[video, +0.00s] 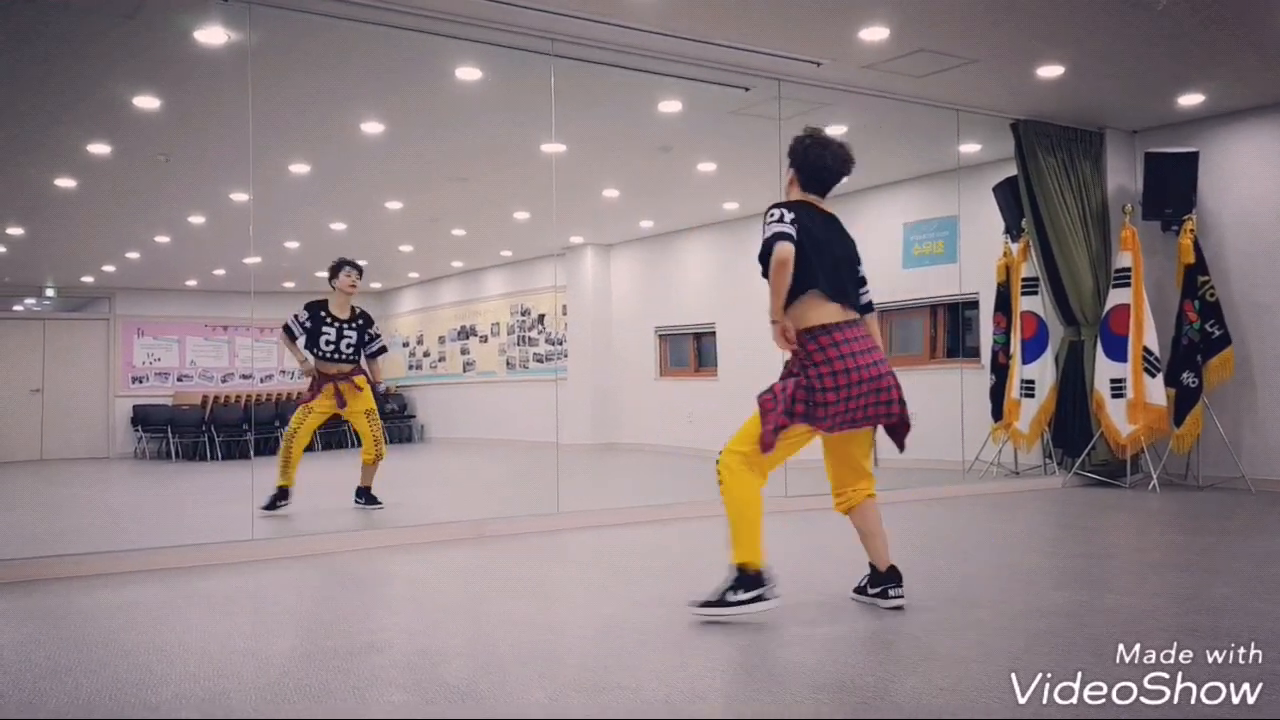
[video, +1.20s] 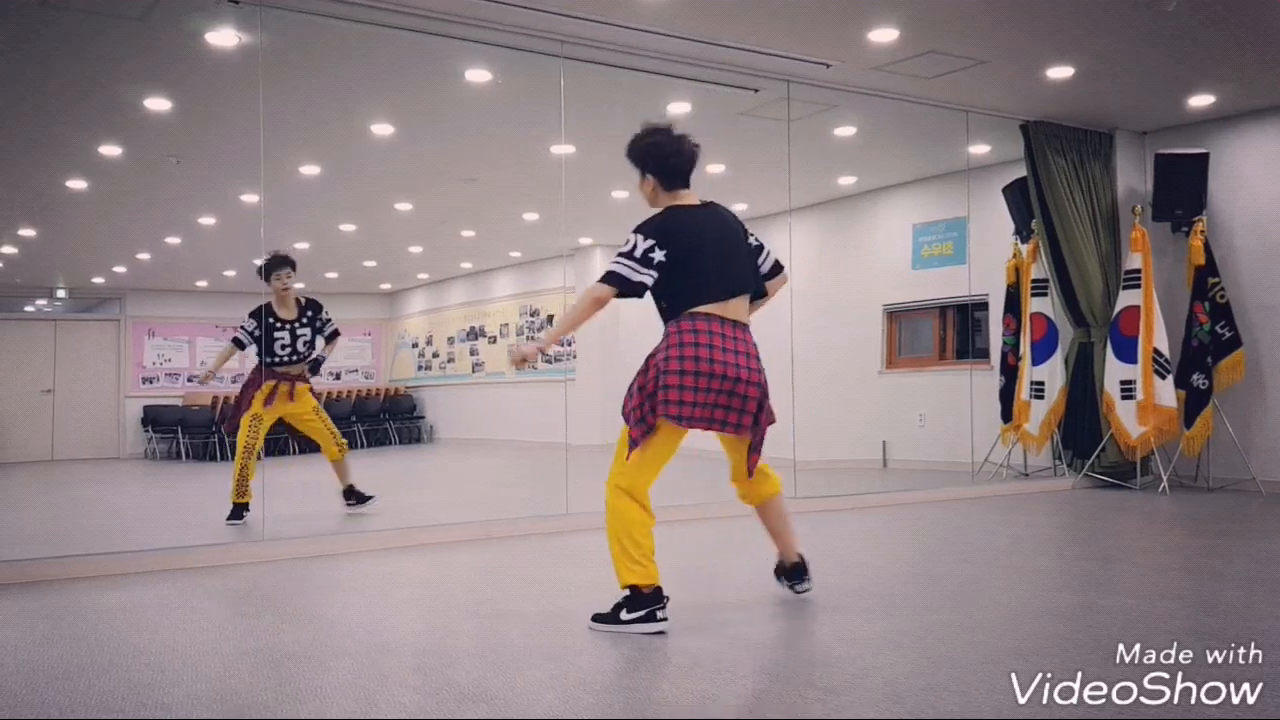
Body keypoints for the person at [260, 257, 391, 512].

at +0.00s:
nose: (353, 280)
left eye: (357, 277)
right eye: (347, 275)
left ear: (360, 284)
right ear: (334, 280)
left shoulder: (363, 318)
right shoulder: (314, 310)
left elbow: (373, 356)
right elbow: (287, 334)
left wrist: (378, 386)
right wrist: (302, 360)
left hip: (356, 386)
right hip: (322, 386)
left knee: (376, 444)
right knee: (293, 436)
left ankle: (364, 490)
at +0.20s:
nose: (325, 270)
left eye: (329, 267)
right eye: (319, 265)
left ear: (332, 273)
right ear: (306, 269)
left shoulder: (338, 306)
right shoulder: (288, 300)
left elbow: (346, 342)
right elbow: (262, 331)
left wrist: (345, 370)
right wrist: (278, 346)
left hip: (323, 376)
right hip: (290, 375)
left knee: (340, 435)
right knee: (268, 439)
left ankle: (358, 490)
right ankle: (247, 499)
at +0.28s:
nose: (313, 267)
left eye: (318, 264)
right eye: (308, 262)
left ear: (322, 270)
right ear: (296, 266)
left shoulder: (327, 303)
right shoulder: (279, 296)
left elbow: (335, 337)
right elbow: (254, 327)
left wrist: (332, 370)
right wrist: (261, 345)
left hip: (310, 375)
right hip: (277, 372)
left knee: (326, 433)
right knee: (260, 440)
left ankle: (336, 489)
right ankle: (246, 500)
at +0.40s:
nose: (296, 264)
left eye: (301, 259)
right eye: (290, 258)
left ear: (305, 265)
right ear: (278, 262)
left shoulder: (308, 298)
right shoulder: (262, 293)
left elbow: (316, 332)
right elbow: (239, 323)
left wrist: (312, 361)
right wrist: (231, 357)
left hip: (293, 373)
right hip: (260, 372)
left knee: (298, 443)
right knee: (251, 443)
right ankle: (245, 501)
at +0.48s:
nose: (288, 264)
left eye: (292, 259)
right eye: (282, 259)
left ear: (297, 264)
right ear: (270, 263)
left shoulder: (301, 297)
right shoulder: (255, 293)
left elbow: (309, 329)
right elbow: (231, 326)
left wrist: (308, 353)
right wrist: (219, 361)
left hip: (286, 374)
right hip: (254, 372)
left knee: (280, 446)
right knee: (248, 440)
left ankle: (246, 476)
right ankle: (247, 500)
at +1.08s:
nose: (267, 289)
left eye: (270, 281)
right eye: (260, 285)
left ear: (277, 278)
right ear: (251, 289)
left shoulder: (298, 308)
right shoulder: (245, 314)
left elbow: (314, 339)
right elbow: (220, 339)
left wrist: (310, 369)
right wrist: (203, 359)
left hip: (284, 386)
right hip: (251, 385)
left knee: (302, 445)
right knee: (241, 445)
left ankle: (276, 480)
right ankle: (238, 502)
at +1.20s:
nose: (285, 282)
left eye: (288, 276)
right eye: (278, 278)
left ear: (295, 278)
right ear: (268, 283)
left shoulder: (311, 307)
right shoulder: (260, 315)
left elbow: (333, 336)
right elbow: (235, 345)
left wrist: (320, 358)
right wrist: (212, 370)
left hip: (299, 389)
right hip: (265, 389)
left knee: (333, 439)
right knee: (246, 444)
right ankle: (240, 503)